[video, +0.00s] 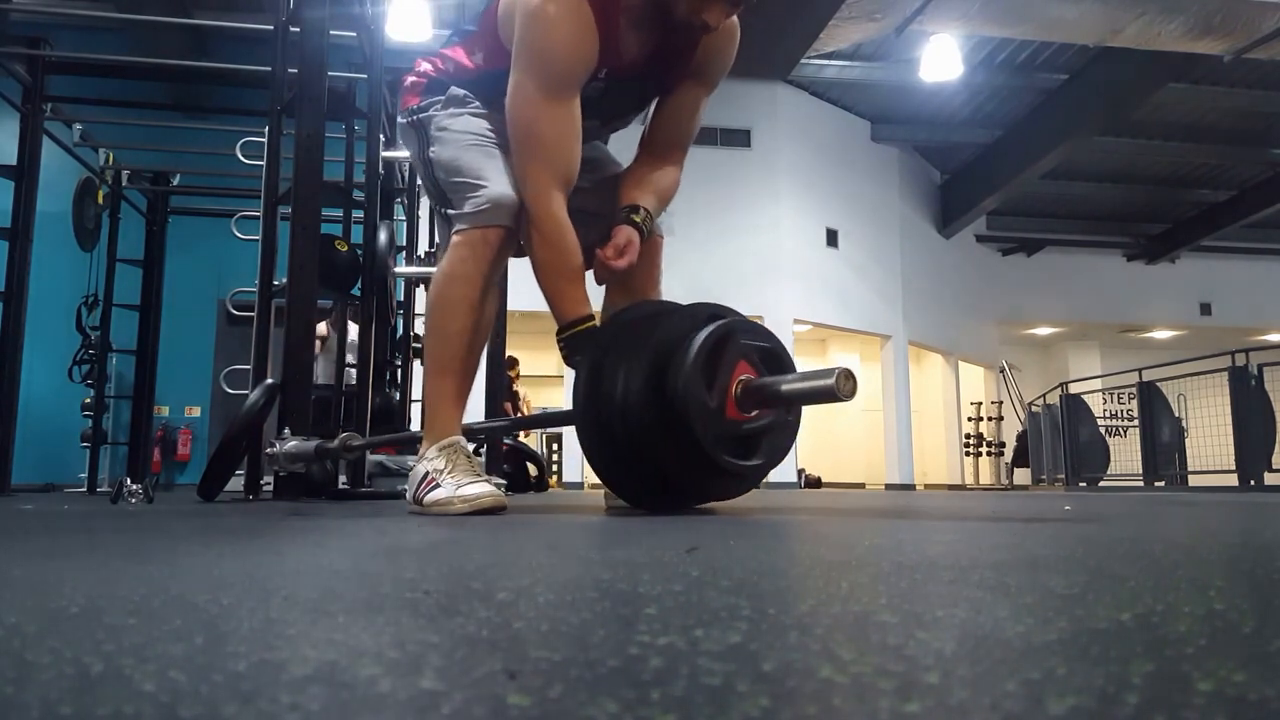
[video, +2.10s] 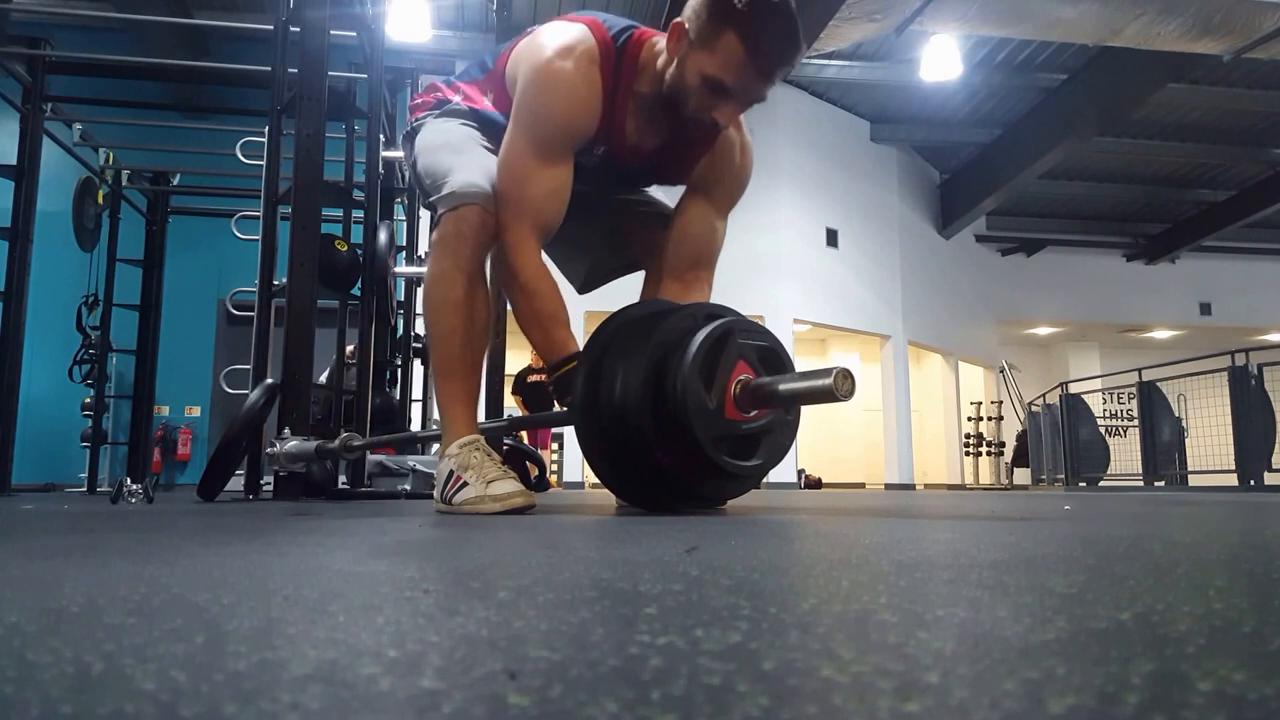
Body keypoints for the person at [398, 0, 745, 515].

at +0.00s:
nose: (723, 15)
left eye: (734, 7)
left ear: (735, 7)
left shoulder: (718, 33)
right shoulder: (561, 14)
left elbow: (663, 155)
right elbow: (544, 192)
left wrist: (634, 217)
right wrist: (584, 346)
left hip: (564, 116)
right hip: (461, 94)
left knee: (642, 239)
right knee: (494, 209)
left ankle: (639, 459)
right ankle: (441, 453)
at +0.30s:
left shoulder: (723, 10)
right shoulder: (553, 4)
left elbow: (693, 143)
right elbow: (531, 126)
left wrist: (664, 264)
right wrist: (565, 295)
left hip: (582, 111)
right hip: (475, 83)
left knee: (639, 247)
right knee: (497, 220)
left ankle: (629, 464)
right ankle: (459, 452)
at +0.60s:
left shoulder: (722, 1)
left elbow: (717, 115)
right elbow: (500, 74)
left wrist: (705, 251)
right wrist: (522, 234)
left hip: (573, 106)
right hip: (472, 76)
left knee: (632, 242)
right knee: (493, 228)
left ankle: (628, 462)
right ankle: (456, 451)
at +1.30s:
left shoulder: (733, 19)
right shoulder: (560, 3)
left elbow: (702, 159)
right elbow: (535, 125)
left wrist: (671, 295)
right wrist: (559, 294)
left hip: (578, 116)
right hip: (472, 85)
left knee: (654, 242)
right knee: (490, 207)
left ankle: (652, 460)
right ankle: (462, 451)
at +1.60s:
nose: (730, 54)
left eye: (751, 42)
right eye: (721, 26)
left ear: (770, 33)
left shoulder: (732, 93)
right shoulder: (566, 29)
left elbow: (686, 230)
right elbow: (541, 204)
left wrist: (650, 363)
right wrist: (574, 355)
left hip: (581, 141)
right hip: (477, 107)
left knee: (664, 236)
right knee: (487, 199)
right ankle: (461, 451)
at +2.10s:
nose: (725, 118)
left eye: (746, 104)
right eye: (715, 89)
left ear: (765, 91)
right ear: (677, 40)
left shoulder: (727, 152)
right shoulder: (566, 69)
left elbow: (688, 276)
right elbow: (520, 245)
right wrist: (577, 380)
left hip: (574, 160)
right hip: (473, 120)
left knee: (677, 248)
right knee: (472, 213)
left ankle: (656, 453)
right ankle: (461, 452)